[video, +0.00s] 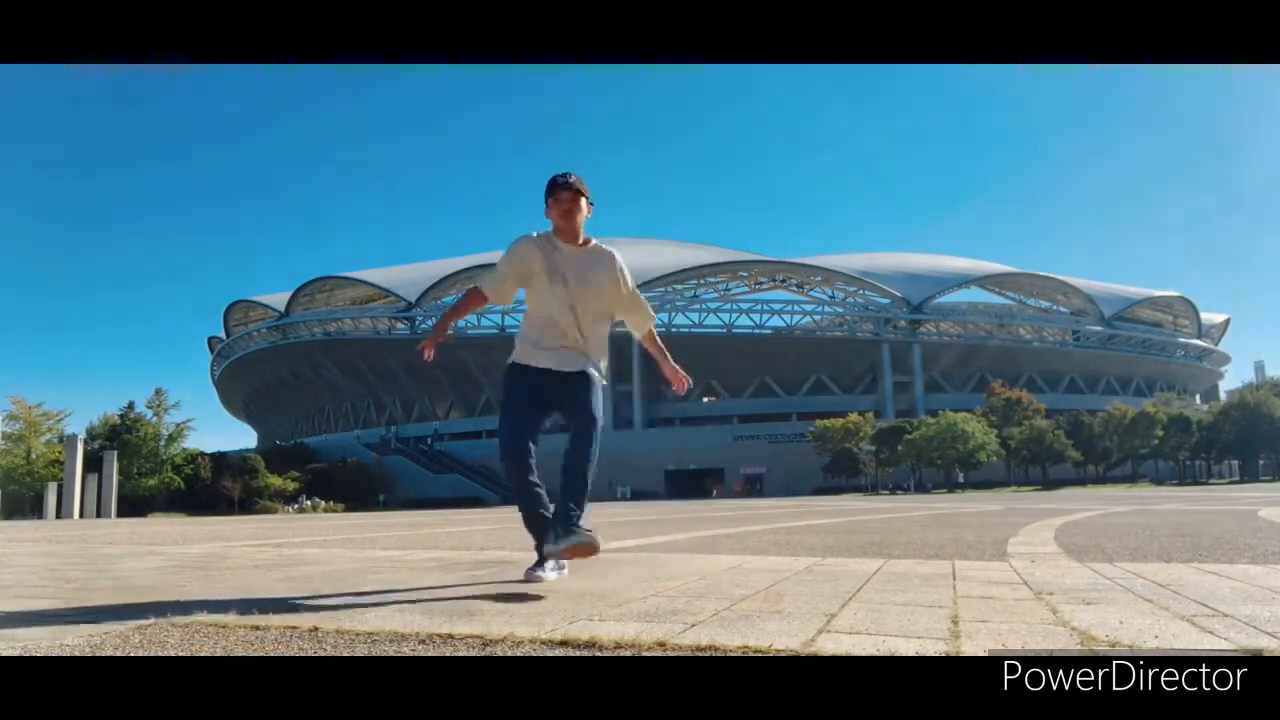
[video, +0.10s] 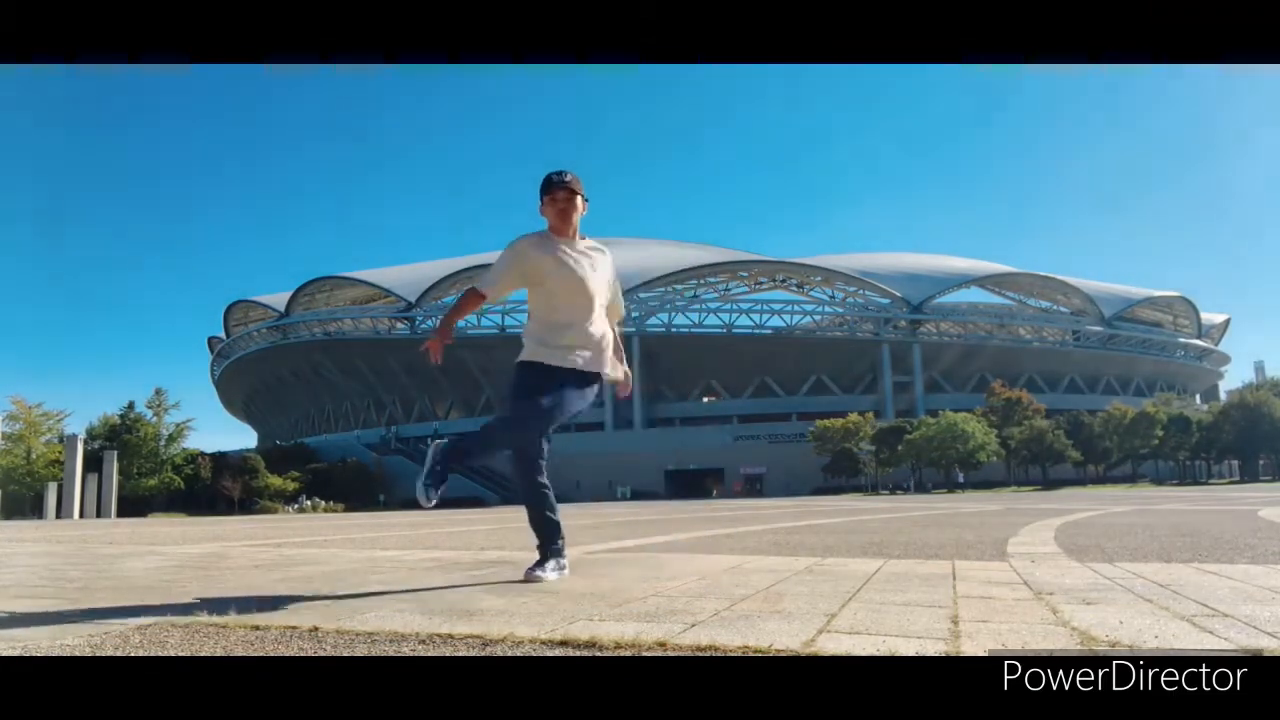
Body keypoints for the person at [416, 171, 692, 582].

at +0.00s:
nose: (567, 205)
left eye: (574, 199)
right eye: (559, 200)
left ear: (588, 207)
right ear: (548, 209)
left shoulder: (608, 262)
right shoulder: (528, 250)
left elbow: (638, 320)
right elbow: (487, 291)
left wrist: (666, 363)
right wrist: (443, 323)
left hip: (582, 366)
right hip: (530, 362)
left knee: (589, 426)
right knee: (515, 449)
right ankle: (549, 548)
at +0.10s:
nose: (562, 203)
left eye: (570, 196)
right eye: (554, 197)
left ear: (583, 205)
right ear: (543, 206)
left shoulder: (601, 257)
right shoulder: (529, 249)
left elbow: (610, 321)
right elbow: (483, 291)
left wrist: (620, 363)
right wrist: (446, 324)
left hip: (587, 371)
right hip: (538, 365)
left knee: (541, 415)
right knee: (530, 457)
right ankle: (552, 554)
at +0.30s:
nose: (559, 205)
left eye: (566, 199)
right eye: (551, 199)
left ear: (580, 207)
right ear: (539, 209)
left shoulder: (600, 259)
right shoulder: (520, 250)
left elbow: (632, 312)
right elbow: (485, 293)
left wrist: (654, 352)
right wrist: (448, 318)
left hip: (581, 351)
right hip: (530, 355)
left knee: (556, 383)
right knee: (525, 462)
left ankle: (485, 452)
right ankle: (553, 555)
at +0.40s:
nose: (559, 213)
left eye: (566, 207)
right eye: (551, 207)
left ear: (579, 212)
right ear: (539, 213)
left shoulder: (600, 259)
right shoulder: (519, 255)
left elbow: (653, 296)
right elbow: (479, 293)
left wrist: (698, 329)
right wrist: (438, 327)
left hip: (584, 345)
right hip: (533, 356)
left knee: (571, 365)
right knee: (526, 462)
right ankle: (554, 556)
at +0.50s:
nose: (562, 209)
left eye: (569, 202)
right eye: (554, 202)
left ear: (583, 209)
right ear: (543, 210)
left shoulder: (607, 255)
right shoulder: (523, 252)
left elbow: (653, 284)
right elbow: (480, 287)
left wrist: (690, 280)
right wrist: (437, 309)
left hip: (582, 358)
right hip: (537, 364)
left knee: (592, 326)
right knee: (526, 460)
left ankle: (588, 388)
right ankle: (553, 555)